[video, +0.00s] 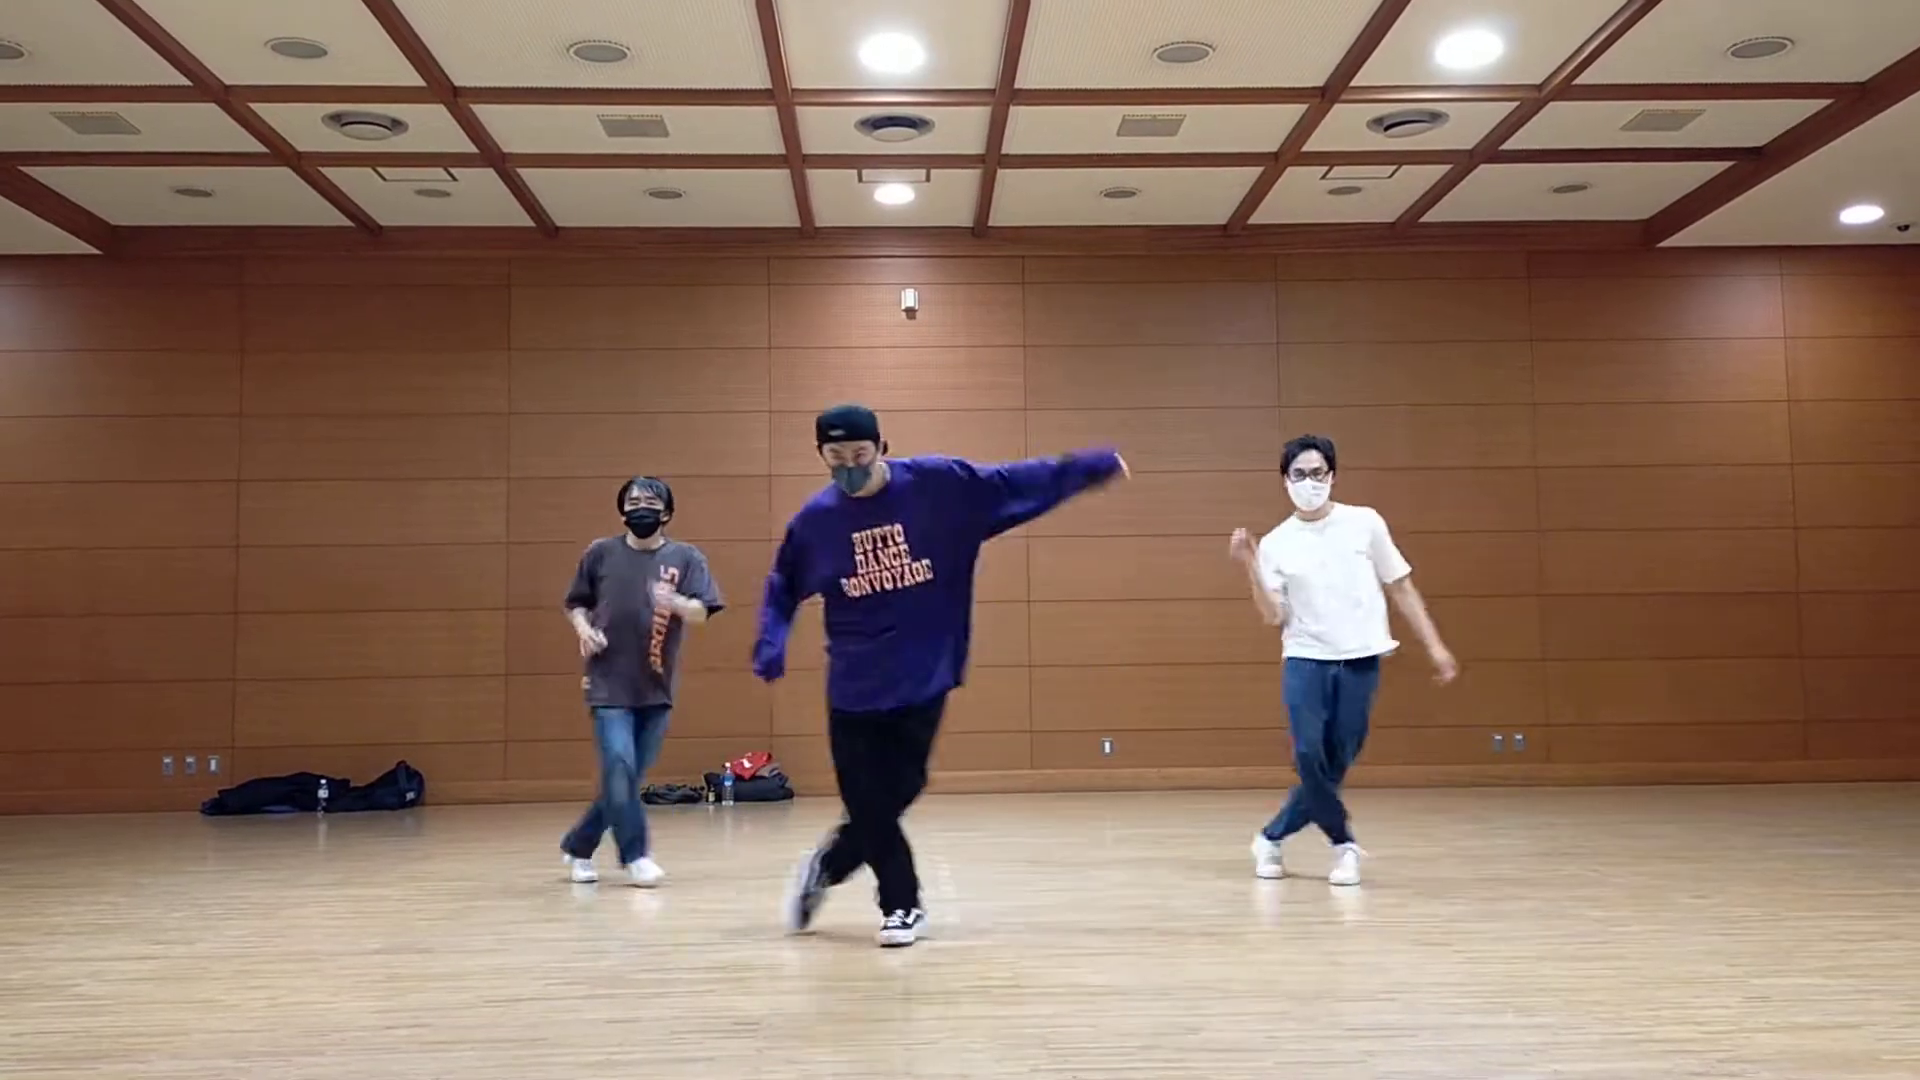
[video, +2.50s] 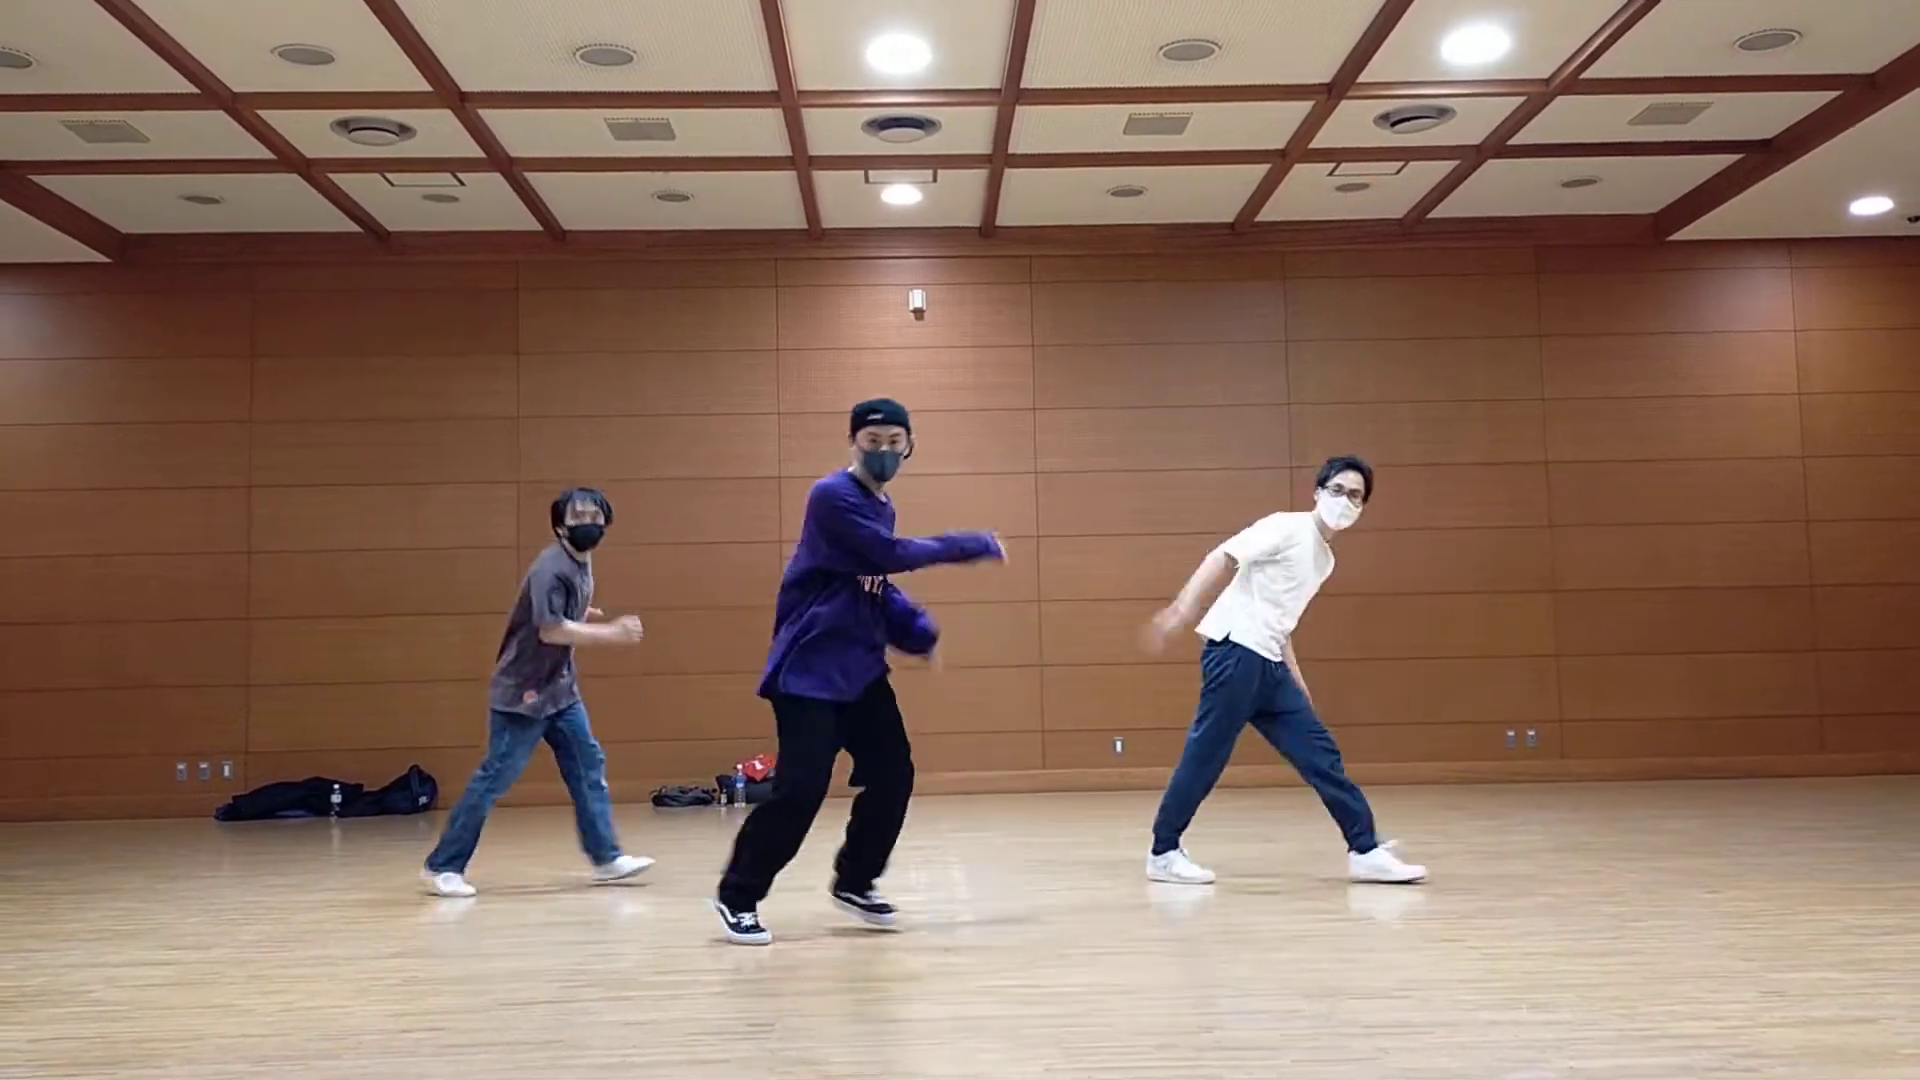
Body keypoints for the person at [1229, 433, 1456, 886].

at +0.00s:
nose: (1311, 482)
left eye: (1319, 474)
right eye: (1300, 475)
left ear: (1332, 478)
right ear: (1286, 482)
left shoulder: (1366, 524)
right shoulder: (1275, 543)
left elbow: (1401, 589)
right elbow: (1274, 616)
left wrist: (1436, 647)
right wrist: (1251, 567)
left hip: (1361, 658)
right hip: (1305, 658)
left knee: (1339, 759)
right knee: (1310, 752)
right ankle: (1343, 845)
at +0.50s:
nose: (1330, 499)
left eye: (1339, 492)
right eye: (1322, 489)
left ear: (1347, 502)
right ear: (1302, 494)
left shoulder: (1313, 556)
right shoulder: (1279, 536)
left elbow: (1275, 622)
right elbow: (1221, 586)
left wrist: (1293, 682)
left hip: (1259, 666)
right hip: (1229, 658)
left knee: (1306, 751)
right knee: (1206, 757)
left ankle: (1358, 849)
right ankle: (1159, 854)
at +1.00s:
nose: (1388, 478)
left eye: (1397, 470)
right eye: (1379, 469)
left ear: (1409, 474)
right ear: (1363, 471)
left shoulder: (1419, 522)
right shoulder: (1333, 519)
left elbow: (1424, 592)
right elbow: (1298, 581)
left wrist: (1478, 608)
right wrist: (1276, 541)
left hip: (1403, 646)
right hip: (1348, 649)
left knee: (1435, 737)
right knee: (1379, 751)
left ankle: (1410, 841)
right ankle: (1407, 839)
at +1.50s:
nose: (1342, 501)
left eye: (1349, 489)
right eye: (1331, 496)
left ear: (1365, 488)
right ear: (1322, 506)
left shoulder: (1406, 522)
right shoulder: (1348, 563)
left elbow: (1474, 561)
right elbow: (1376, 624)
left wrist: (1525, 614)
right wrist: (1398, 648)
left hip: (1463, 653)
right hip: (1417, 670)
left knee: (1509, 748)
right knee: (1395, 753)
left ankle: (1566, 841)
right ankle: (1368, 855)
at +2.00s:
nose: (1290, 473)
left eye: (1296, 464)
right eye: (1279, 468)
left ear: (1308, 467)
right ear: (1263, 478)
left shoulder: (1338, 505)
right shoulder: (1259, 535)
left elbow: (1381, 556)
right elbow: (1254, 604)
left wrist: (1441, 575)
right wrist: (1249, 560)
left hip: (1344, 644)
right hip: (1293, 649)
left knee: (1328, 760)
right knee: (1302, 747)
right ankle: (1343, 851)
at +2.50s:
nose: (1346, 502)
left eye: (1356, 497)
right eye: (1338, 491)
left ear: (1362, 509)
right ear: (1318, 493)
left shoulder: (1323, 561)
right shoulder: (1287, 527)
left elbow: (1280, 624)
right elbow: (1221, 558)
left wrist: (1295, 681)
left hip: (1270, 664)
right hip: (1235, 652)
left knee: (1319, 752)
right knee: (1206, 752)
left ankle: (1366, 851)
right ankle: (1163, 852)